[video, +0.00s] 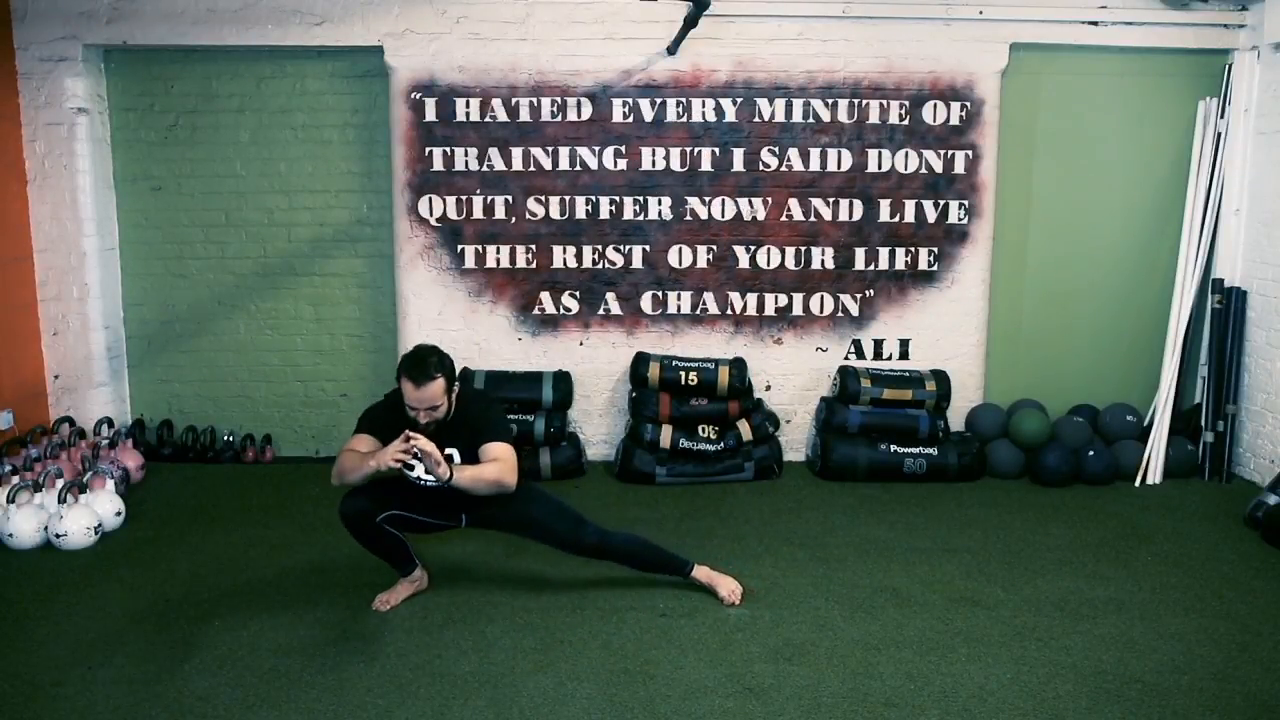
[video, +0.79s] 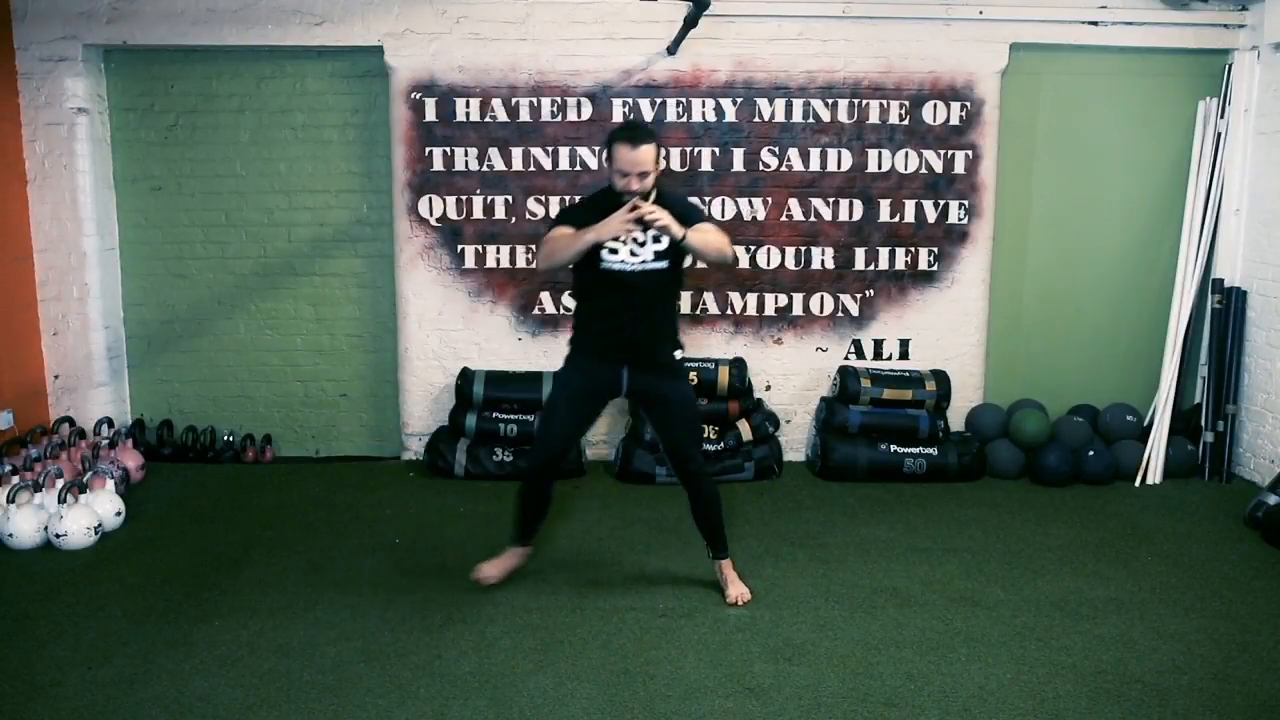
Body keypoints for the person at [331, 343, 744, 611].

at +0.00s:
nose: (423, 418)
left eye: (432, 407)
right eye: (413, 408)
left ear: (451, 388)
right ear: (400, 391)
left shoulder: (478, 409)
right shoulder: (385, 415)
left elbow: (504, 477)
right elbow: (340, 475)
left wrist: (448, 472)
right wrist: (375, 462)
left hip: (494, 497)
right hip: (431, 500)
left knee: (587, 537)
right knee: (354, 507)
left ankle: (698, 572)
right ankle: (413, 573)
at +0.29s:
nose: (457, 365)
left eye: (467, 355)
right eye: (449, 356)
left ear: (485, 340)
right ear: (435, 341)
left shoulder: (509, 360)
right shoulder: (421, 362)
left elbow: (541, 420)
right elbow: (374, 420)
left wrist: (487, 414)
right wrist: (415, 408)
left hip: (522, 452)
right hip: (457, 452)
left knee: (603, 510)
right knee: (386, 492)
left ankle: (704, 568)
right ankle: (414, 574)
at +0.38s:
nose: (480, 333)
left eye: (490, 324)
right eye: (471, 323)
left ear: (507, 312)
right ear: (459, 310)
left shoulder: (530, 337)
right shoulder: (438, 338)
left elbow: (566, 393)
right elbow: (395, 394)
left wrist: (516, 386)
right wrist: (440, 380)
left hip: (537, 437)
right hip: (467, 439)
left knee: (615, 500)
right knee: (401, 489)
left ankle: (709, 567)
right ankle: (415, 575)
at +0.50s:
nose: (525, 284)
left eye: (536, 275)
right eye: (517, 273)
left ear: (552, 264)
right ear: (502, 261)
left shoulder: (570, 292)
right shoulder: (481, 294)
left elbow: (618, 345)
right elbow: (440, 349)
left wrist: (567, 332)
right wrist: (492, 330)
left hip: (564, 411)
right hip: (493, 414)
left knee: (639, 484)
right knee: (431, 483)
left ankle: (713, 565)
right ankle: (416, 575)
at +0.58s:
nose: (561, 247)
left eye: (572, 238)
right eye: (553, 237)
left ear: (587, 230)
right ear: (539, 226)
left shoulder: (602, 266)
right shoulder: (512, 267)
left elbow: (650, 312)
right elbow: (476, 317)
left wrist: (604, 296)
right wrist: (528, 300)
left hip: (594, 397)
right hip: (523, 399)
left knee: (658, 476)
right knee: (462, 480)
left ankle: (716, 566)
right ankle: (418, 573)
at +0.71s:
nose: (608, 203)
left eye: (618, 193)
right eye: (599, 193)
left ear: (635, 185)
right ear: (585, 185)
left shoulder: (653, 223)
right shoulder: (561, 226)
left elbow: (699, 272)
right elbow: (522, 277)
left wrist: (654, 250)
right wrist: (578, 253)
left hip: (637, 372)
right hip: (571, 372)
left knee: (680, 463)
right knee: (516, 459)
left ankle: (721, 564)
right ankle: (460, 558)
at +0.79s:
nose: (634, 186)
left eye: (644, 175)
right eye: (624, 175)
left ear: (659, 166)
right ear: (608, 166)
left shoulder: (675, 205)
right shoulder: (589, 207)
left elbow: (725, 254)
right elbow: (546, 258)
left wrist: (680, 233)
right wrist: (601, 231)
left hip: (657, 360)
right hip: (592, 358)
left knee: (691, 461)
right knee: (546, 448)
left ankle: (723, 561)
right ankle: (520, 546)